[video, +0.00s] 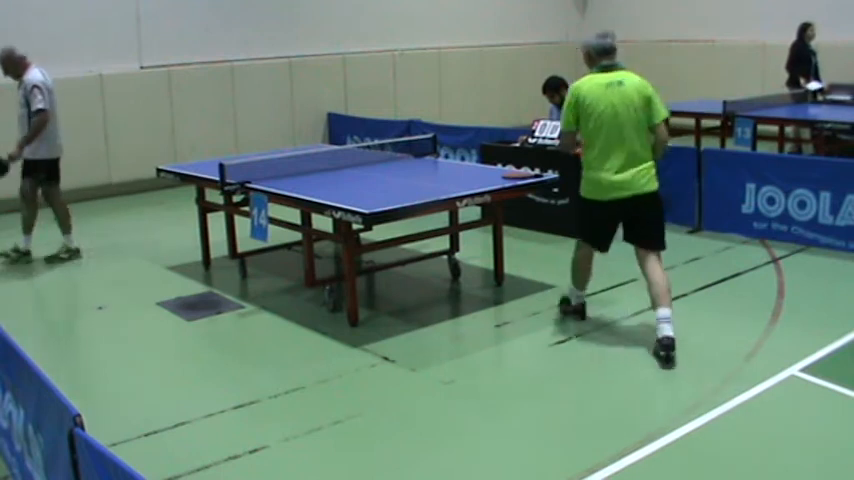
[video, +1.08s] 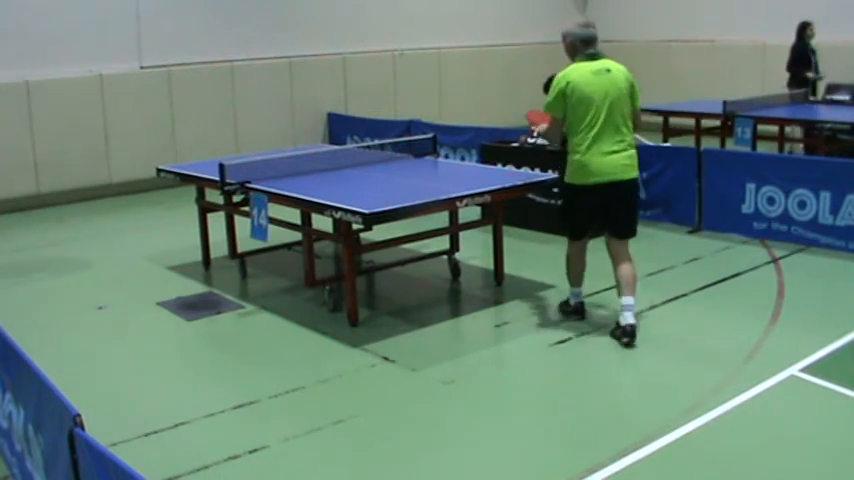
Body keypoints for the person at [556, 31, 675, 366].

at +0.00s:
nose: (584, 62)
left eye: (583, 58)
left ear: (587, 58)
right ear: (615, 54)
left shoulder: (579, 90)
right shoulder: (639, 85)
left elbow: (566, 143)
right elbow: (662, 137)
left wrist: (585, 143)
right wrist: (647, 162)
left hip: (598, 189)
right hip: (642, 186)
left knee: (586, 245)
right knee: (650, 256)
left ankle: (576, 302)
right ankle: (666, 334)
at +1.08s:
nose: (563, 50)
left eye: (564, 45)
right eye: (565, 45)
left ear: (570, 45)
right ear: (596, 42)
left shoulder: (566, 79)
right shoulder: (623, 73)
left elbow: (553, 134)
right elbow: (637, 122)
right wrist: (609, 122)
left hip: (583, 177)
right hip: (623, 175)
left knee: (577, 243)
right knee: (621, 248)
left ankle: (575, 301)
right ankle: (628, 322)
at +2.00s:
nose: (564, 37)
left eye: (567, 32)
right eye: (566, 31)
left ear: (576, 37)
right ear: (603, 37)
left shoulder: (575, 75)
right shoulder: (626, 74)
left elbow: (561, 136)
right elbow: (623, 125)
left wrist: (555, 116)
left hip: (581, 188)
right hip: (617, 185)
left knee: (584, 267)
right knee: (610, 252)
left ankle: (590, 349)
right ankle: (626, 326)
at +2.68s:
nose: (555, 38)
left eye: (557, 33)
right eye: (556, 32)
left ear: (567, 37)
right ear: (594, 36)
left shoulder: (568, 78)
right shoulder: (618, 72)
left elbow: (566, 134)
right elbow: (629, 127)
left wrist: (548, 157)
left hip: (580, 191)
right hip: (616, 188)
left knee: (583, 268)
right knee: (607, 257)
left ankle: (590, 349)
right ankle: (622, 337)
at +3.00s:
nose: (571, 39)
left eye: (573, 34)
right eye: (574, 33)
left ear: (577, 37)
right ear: (607, 36)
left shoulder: (576, 75)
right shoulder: (629, 73)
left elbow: (568, 134)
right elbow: (638, 129)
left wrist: (557, 153)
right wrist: (605, 140)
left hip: (584, 189)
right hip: (622, 186)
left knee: (586, 266)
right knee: (612, 256)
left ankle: (589, 350)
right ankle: (623, 339)